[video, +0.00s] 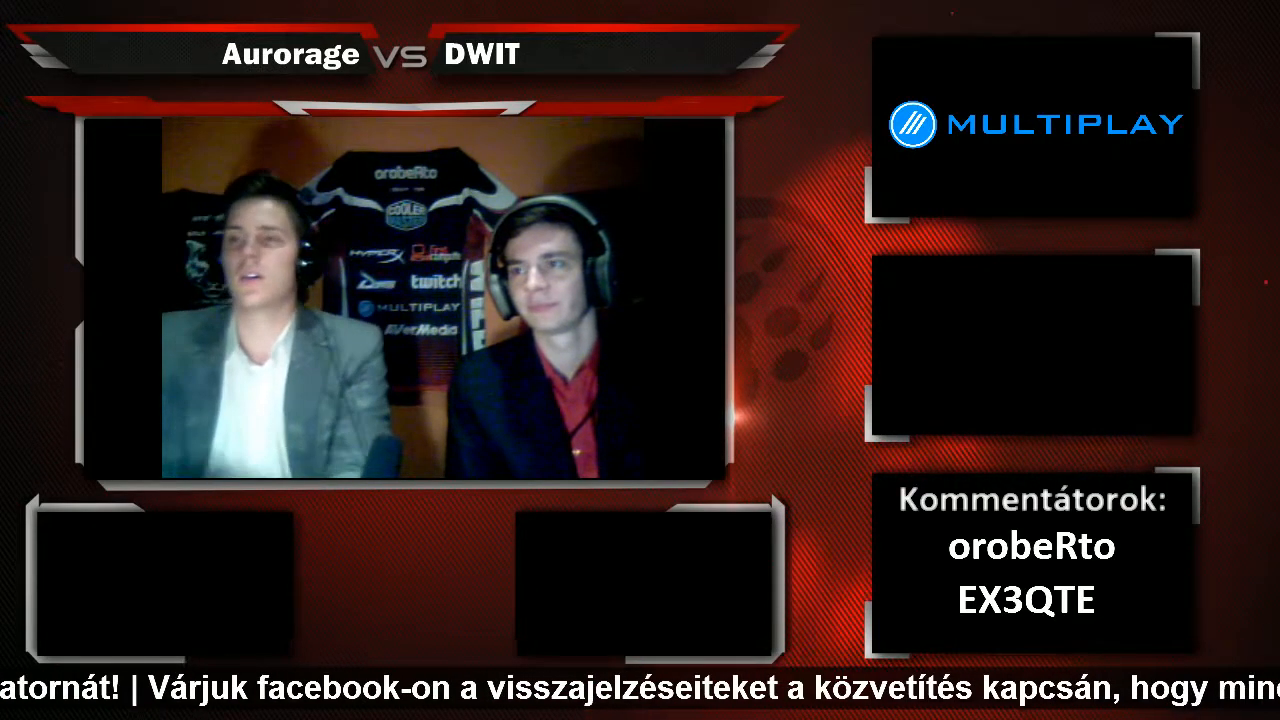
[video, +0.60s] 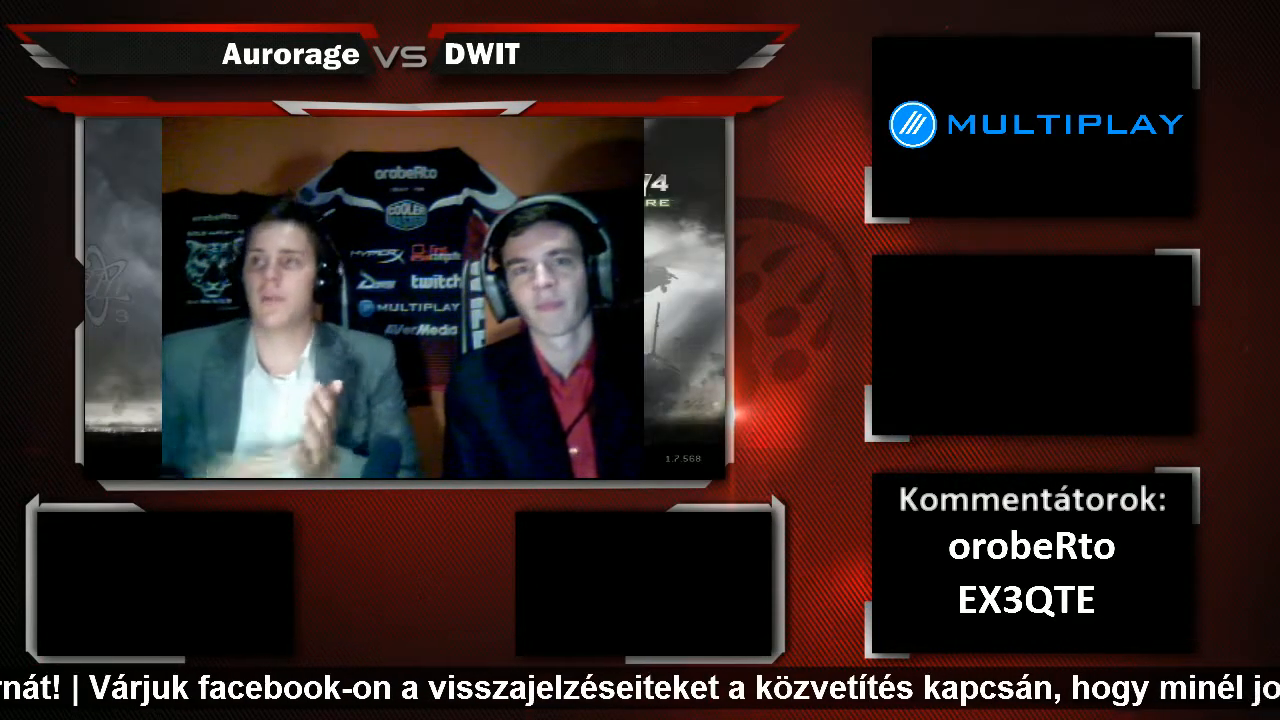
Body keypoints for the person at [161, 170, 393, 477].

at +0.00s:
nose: (248, 253)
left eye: (269, 239)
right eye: (235, 240)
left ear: (303, 254)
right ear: (220, 253)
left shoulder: (355, 347)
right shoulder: (173, 338)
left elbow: (356, 472)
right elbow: (166, 463)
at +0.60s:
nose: (269, 276)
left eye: (290, 262)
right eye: (257, 261)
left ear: (319, 278)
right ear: (243, 275)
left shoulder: (371, 359)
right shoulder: (182, 358)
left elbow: (402, 478)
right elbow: (164, 470)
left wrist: (330, 463)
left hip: (329, 532)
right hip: (218, 530)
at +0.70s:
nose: (268, 283)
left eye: (290, 268)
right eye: (257, 266)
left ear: (322, 281)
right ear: (244, 276)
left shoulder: (373, 361)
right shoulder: (183, 357)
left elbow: (406, 481)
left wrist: (329, 470)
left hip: (330, 537)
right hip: (216, 527)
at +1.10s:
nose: (266, 286)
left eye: (289, 269)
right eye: (256, 266)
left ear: (323, 283)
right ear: (242, 274)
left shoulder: (375, 362)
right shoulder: (180, 358)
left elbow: (407, 483)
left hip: (334, 545)